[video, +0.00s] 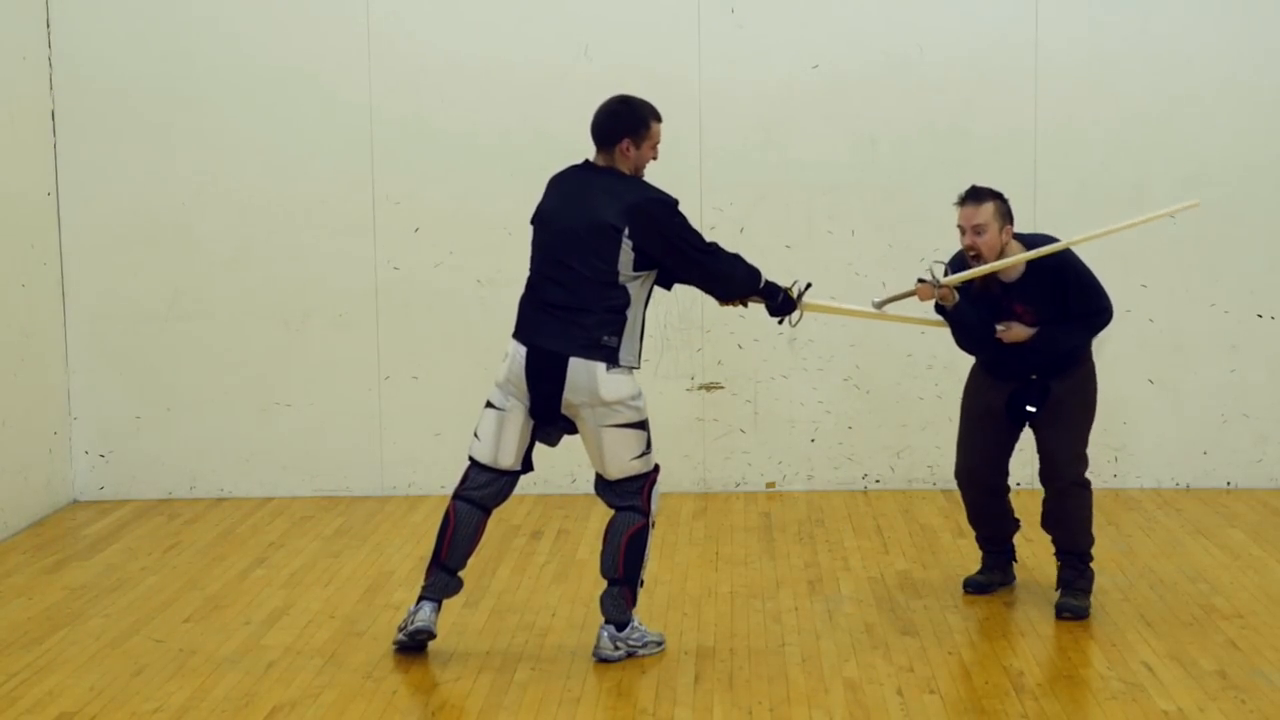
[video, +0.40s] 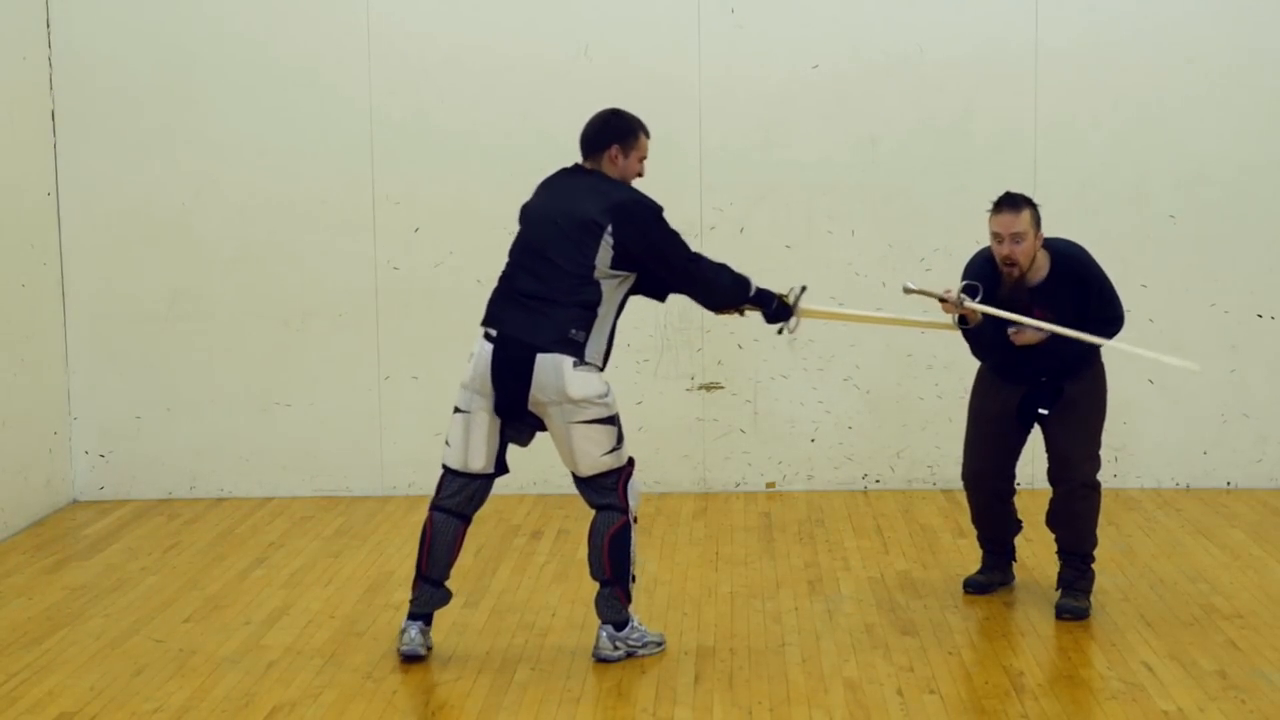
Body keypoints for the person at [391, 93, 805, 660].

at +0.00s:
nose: (655, 156)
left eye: (656, 146)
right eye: (652, 146)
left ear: (608, 144)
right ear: (627, 145)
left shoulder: (561, 186)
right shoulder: (644, 205)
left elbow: (643, 256)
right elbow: (704, 259)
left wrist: (716, 285)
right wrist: (767, 288)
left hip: (527, 359)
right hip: (600, 371)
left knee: (481, 481)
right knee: (632, 496)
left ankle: (427, 605)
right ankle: (617, 627)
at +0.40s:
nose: (643, 170)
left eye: (645, 159)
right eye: (641, 159)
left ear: (596, 154)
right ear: (615, 153)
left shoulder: (551, 190)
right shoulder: (628, 209)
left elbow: (628, 268)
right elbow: (692, 269)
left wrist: (709, 293)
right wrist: (761, 297)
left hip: (493, 356)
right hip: (567, 367)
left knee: (457, 489)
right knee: (611, 496)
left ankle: (416, 622)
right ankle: (616, 627)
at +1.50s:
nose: (613, 148)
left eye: (613, 137)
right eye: (611, 137)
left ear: (562, 132)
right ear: (588, 134)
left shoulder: (510, 190)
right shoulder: (616, 190)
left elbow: (481, 289)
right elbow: (610, 252)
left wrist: (526, 272)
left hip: (538, 353)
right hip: (603, 349)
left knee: (537, 470)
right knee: (608, 481)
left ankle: (474, 587)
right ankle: (566, 623)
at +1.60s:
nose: (648, 144)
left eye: (648, 133)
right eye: (645, 133)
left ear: (597, 129)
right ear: (622, 130)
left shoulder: (539, 186)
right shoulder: (647, 187)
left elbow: (515, 273)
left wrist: (566, 267)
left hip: (566, 347)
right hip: (623, 342)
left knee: (596, 465)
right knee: (616, 477)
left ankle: (557, 581)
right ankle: (567, 622)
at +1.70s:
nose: (682, 152)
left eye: (684, 141)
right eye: (679, 140)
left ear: (637, 132)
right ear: (653, 132)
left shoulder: (576, 180)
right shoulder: (669, 187)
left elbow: (558, 259)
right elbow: (681, 227)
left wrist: (602, 277)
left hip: (597, 348)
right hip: (643, 346)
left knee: (673, 446)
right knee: (621, 483)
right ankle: (567, 621)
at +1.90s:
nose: (752, 176)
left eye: (755, 166)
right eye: (748, 164)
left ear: (714, 157)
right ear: (716, 153)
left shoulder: (668, 205)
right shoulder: (717, 213)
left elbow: (713, 279)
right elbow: (770, 271)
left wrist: (772, 269)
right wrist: (773, 248)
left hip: (717, 375)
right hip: (684, 377)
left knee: (778, 478)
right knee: (657, 509)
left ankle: (803, 584)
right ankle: (570, 611)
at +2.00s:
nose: (799, 180)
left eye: (803, 171)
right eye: (797, 168)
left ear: (769, 158)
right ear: (766, 154)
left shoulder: (755, 209)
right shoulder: (737, 207)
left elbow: (769, 299)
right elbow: (787, 271)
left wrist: (829, 323)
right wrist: (843, 295)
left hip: (749, 368)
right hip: (703, 367)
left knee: (809, 468)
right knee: (685, 500)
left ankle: (808, 584)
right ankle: (591, 595)